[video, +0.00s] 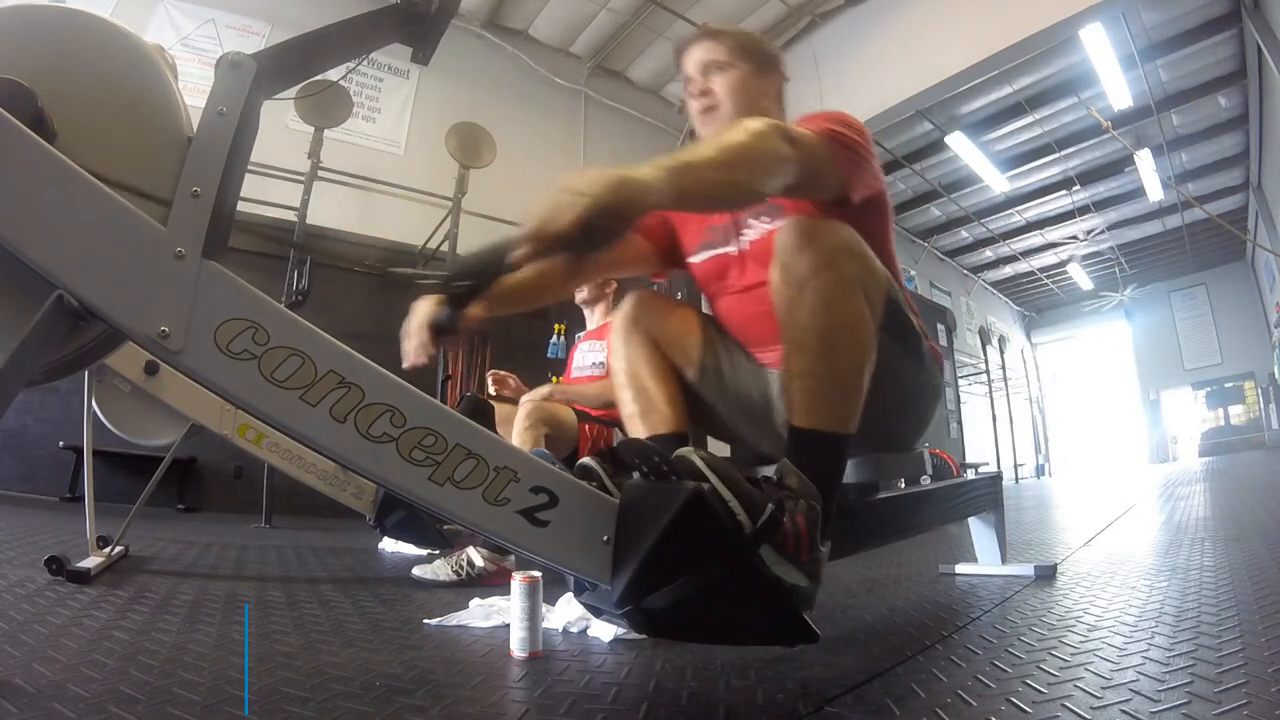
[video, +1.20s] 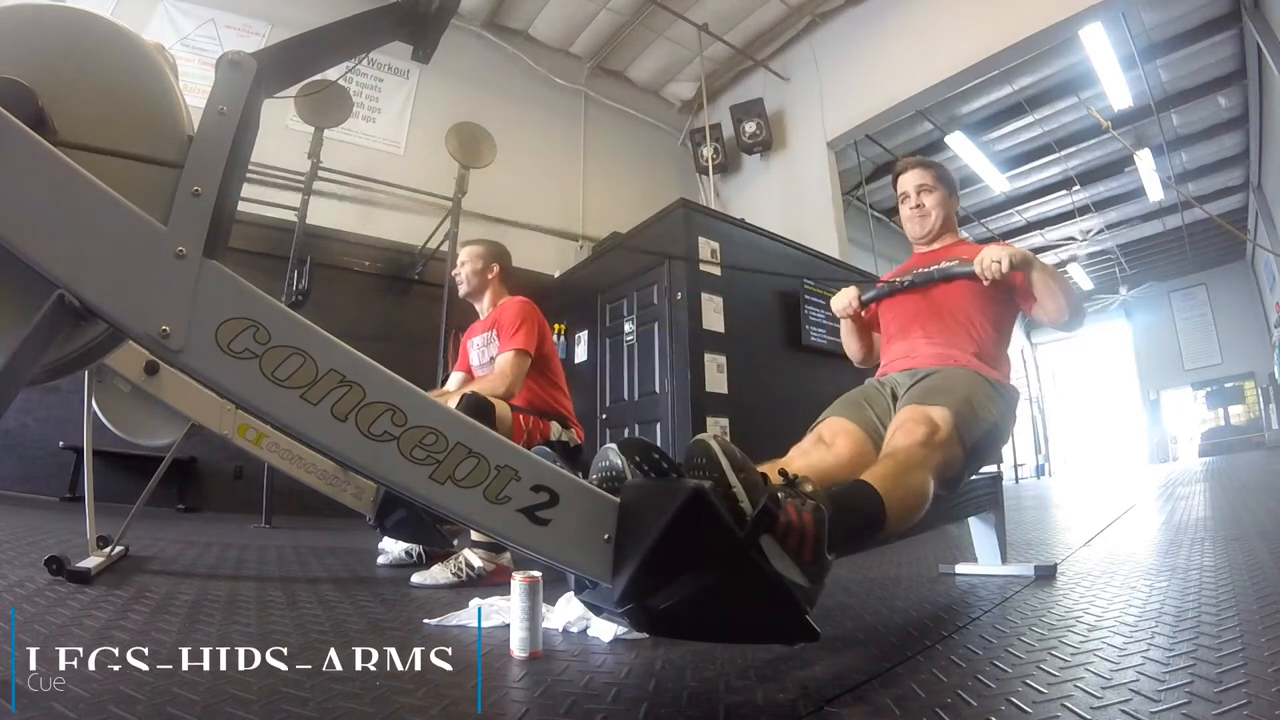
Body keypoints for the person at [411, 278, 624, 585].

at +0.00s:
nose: (578, 281)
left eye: (588, 275)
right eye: (579, 276)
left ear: (611, 285)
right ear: (573, 284)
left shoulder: (623, 326)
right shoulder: (583, 341)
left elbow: (617, 391)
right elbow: (573, 395)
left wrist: (554, 390)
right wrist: (526, 394)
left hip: (610, 428)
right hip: (573, 424)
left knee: (535, 413)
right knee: (477, 412)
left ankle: (500, 551)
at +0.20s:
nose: (553, 277)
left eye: (563, 272)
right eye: (555, 272)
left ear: (586, 282)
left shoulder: (598, 321)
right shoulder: (561, 336)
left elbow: (586, 384)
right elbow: (541, 389)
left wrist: (514, 388)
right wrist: (490, 392)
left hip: (602, 428)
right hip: (562, 422)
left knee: (525, 413)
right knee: (479, 408)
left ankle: (496, 551)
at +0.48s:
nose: (510, 285)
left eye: (515, 276)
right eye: (510, 278)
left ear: (537, 281)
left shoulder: (572, 320)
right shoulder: (521, 342)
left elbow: (550, 387)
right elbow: (494, 396)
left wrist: (481, 403)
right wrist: (454, 404)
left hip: (586, 430)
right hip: (532, 425)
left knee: (505, 410)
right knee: (468, 411)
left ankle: (493, 549)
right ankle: (435, 534)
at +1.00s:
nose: (461, 273)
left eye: (469, 265)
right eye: (462, 267)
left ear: (499, 272)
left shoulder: (525, 310)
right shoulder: (478, 335)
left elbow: (510, 382)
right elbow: (457, 389)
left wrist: (448, 398)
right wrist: (415, 405)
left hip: (559, 429)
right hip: (509, 426)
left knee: (474, 405)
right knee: (428, 413)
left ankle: (488, 553)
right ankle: (422, 536)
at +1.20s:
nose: (455, 272)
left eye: (463, 264)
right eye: (456, 265)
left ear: (493, 271)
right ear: (484, 274)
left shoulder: (519, 309)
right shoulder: (471, 334)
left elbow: (505, 383)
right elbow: (452, 390)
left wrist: (442, 398)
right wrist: (412, 404)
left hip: (553, 428)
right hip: (504, 425)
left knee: (472, 404)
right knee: (425, 411)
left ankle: (488, 553)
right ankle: (417, 535)